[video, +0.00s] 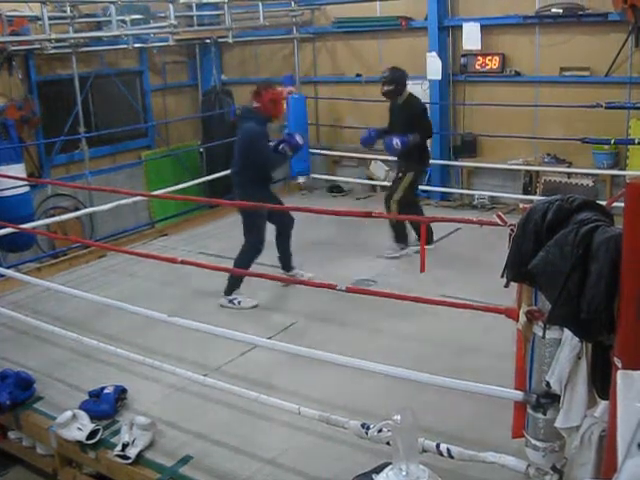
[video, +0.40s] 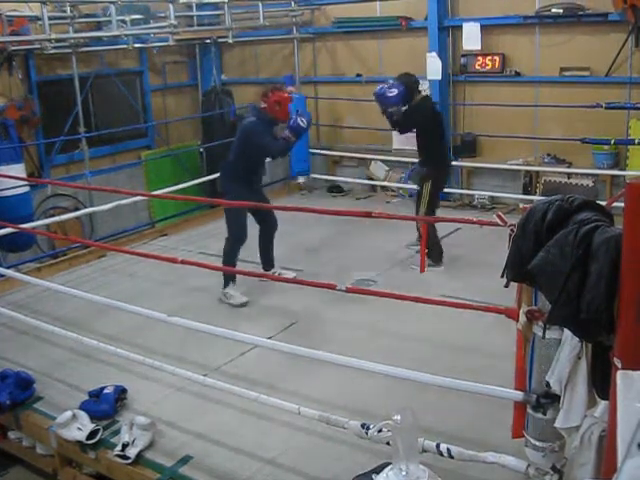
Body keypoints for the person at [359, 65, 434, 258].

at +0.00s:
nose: (384, 89)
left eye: (388, 85)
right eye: (383, 85)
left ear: (399, 85)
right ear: (388, 85)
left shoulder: (415, 105)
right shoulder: (394, 104)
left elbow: (427, 132)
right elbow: (394, 128)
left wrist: (405, 141)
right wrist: (377, 134)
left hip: (416, 161)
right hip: (403, 160)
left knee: (393, 199)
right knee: (408, 201)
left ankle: (402, 243)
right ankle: (426, 237)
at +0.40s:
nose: (400, 95)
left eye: (401, 91)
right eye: (398, 91)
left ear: (408, 90)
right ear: (414, 87)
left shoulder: (422, 107)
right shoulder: (419, 105)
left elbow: (403, 127)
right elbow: (402, 126)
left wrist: (390, 111)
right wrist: (390, 110)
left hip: (435, 166)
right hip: (431, 164)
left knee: (424, 213)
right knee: (423, 209)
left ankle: (434, 256)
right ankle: (426, 243)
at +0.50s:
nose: (402, 94)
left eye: (403, 90)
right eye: (401, 91)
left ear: (410, 90)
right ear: (419, 86)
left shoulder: (424, 106)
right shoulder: (429, 103)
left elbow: (403, 126)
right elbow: (406, 124)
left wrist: (395, 111)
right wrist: (396, 110)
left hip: (438, 166)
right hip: (444, 163)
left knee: (428, 211)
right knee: (434, 206)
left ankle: (434, 257)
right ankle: (448, 239)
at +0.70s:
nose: (409, 93)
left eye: (410, 89)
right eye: (409, 89)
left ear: (417, 90)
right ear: (428, 87)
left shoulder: (431, 108)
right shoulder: (439, 104)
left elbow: (408, 129)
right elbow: (413, 126)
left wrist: (401, 110)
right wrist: (405, 109)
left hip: (446, 169)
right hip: (460, 167)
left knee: (434, 214)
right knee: (458, 216)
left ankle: (434, 257)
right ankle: (477, 257)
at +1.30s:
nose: (392, 102)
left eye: (394, 99)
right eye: (392, 99)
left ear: (400, 99)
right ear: (415, 95)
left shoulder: (405, 117)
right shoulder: (437, 112)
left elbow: (381, 139)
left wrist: (378, 115)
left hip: (426, 181)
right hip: (448, 179)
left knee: (414, 230)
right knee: (454, 225)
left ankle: (408, 280)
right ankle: (473, 273)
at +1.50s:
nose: (385, 109)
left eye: (387, 105)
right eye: (386, 105)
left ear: (394, 106)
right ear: (410, 103)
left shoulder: (398, 125)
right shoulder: (426, 120)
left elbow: (380, 156)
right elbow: (409, 139)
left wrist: (368, 137)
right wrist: (389, 116)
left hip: (410, 194)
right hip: (434, 192)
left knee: (392, 234)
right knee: (436, 240)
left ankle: (395, 276)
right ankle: (451, 287)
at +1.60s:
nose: (380, 114)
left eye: (382, 110)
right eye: (380, 110)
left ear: (387, 112)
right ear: (404, 110)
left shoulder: (384, 131)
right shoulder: (421, 127)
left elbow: (354, 141)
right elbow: (394, 122)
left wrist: (339, 127)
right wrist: (373, 111)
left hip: (397, 203)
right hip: (422, 201)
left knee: (367, 238)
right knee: (432, 247)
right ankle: (451, 290)